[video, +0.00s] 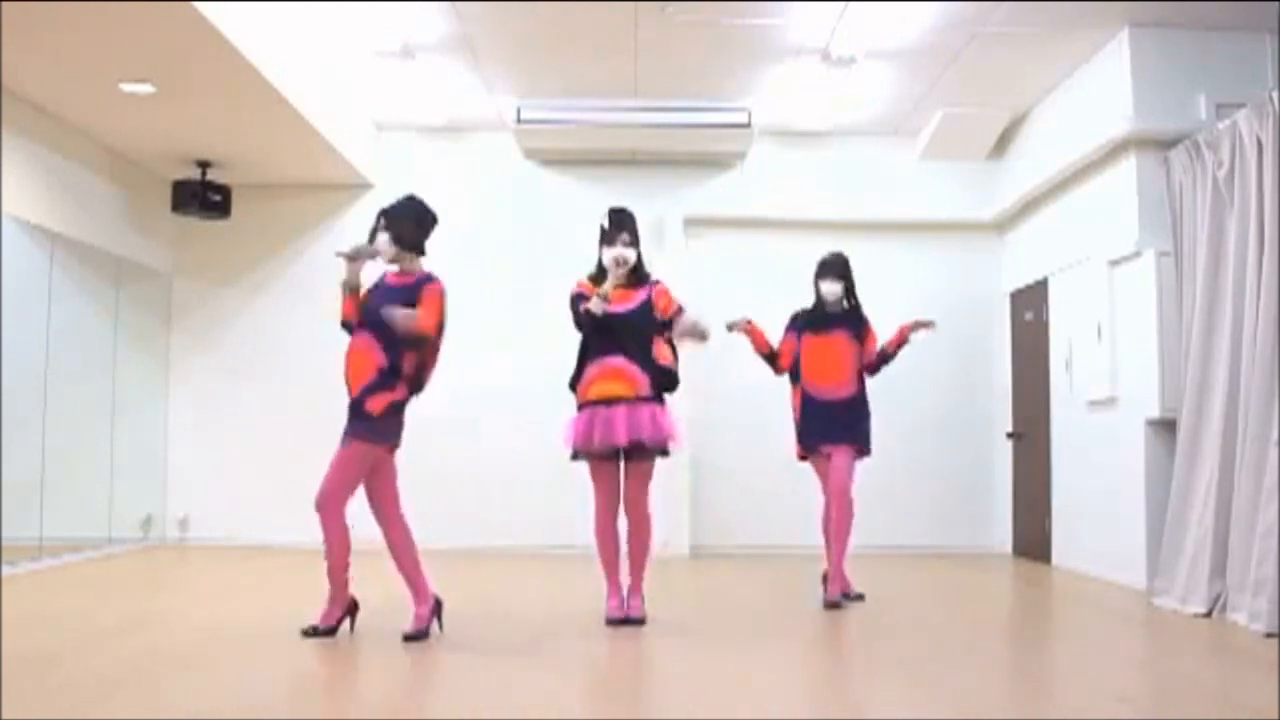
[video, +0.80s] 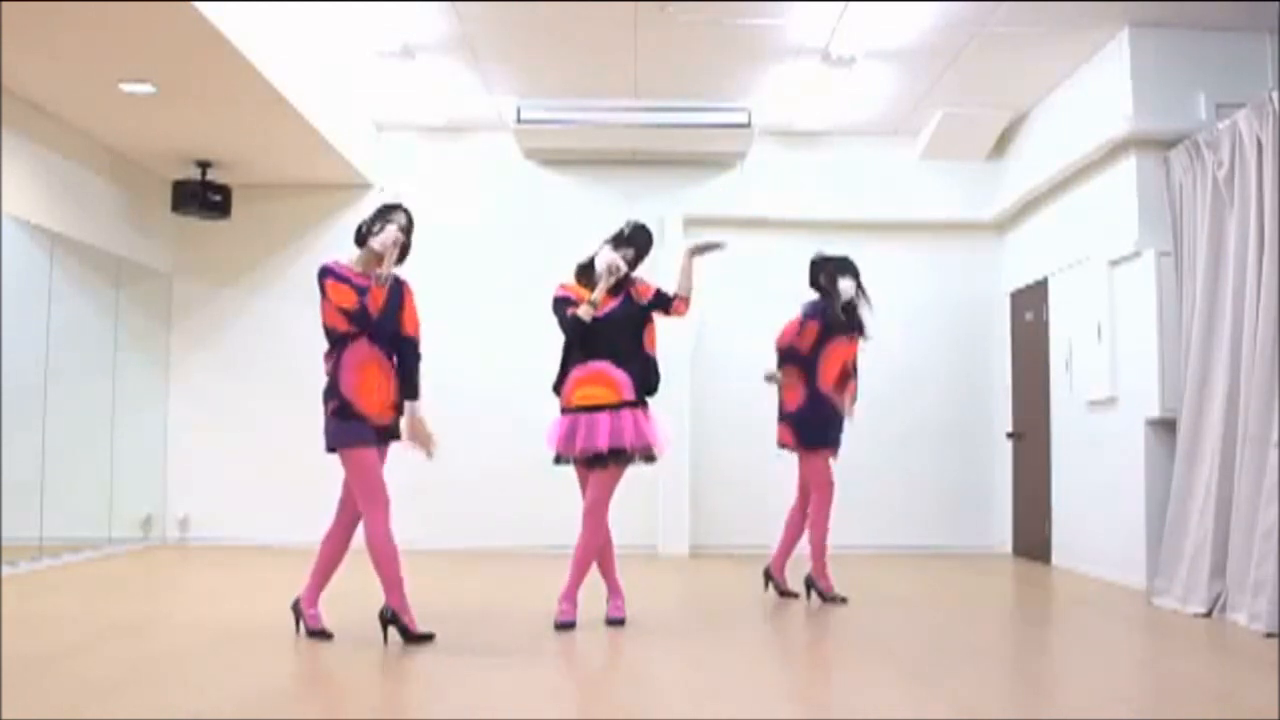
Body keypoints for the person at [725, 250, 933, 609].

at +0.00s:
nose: (830, 288)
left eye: (837, 281)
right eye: (824, 280)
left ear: (847, 284)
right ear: (815, 283)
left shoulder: (856, 322)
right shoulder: (801, 322)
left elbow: (870, 365)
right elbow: (781, 366)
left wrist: (902, 336)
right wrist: (752, 333)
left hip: (848, 413)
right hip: (813, 415)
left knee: (840, 490)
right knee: (831, 494)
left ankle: (835, 575)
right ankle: (836, 574)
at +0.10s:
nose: (817, 287)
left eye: (824, 280)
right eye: (814, 280)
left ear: (842, 283)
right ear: (811, 284)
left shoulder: (852, 320)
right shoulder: (812, 323)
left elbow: (849, 353)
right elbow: (803, 361)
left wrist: (869, 322)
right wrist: (785, 337)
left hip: (842, 414)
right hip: (813, 413)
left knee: (832, 492)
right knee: (827, 495)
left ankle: (843, 577)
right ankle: (842, 576)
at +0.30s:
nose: (806, 284)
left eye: (809, 279)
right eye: (808, 279)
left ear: (814, 280)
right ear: (841, 280)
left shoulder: (808, 316)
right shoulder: (858, 319)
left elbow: (784, 355)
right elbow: (874, 364)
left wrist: (767, 320)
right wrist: (876, 329)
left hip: (822, 410)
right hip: (851, 410)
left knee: (820, 493)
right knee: (827, 493)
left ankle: (847, 576)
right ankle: (849, 573)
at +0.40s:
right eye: (830, 271)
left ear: (801, 281)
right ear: (837, 277)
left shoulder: (794, 319)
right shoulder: (852, 316)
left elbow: (793, 357)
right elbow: (878, 357)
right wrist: (893, 325)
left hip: (808, 415)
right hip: (853, 415)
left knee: (815, 496)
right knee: (846, 496)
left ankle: (823, 577)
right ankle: (843, 576)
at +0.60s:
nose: (845, 281)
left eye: (841, 275)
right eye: (840, 275)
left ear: (815, 281)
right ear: (832, 279)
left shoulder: (816, 313)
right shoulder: (831, 313)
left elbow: (844, 343)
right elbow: (830, 353)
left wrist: (879, 347)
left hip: (807, 413)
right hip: (832, 413)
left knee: (813, 490)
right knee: (840, 491)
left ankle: (773, 564)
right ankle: (824, 575)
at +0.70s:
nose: (850, 287)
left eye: (849, 280)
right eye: (844, 280)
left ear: (825, 282)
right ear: (828, 282)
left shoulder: (834, 321)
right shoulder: (820, 317)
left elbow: (849, 369)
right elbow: (804, 360)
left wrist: (867, 334)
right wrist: (825, 386)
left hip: (820, 417)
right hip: (815, 417)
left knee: (809, 494)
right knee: (833, 491)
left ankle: (777, 566)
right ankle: (818, 573)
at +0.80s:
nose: (851, 288)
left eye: (853, 281)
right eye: (844, 280)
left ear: (853, 285)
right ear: (827, 281)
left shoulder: (847, 321)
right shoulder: (815, 315)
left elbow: (848, 367)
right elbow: (789, 354)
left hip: (825, 416)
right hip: (804, 415)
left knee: (807, 494)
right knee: (821, 489)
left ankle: (777, 565)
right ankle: (819, 572)